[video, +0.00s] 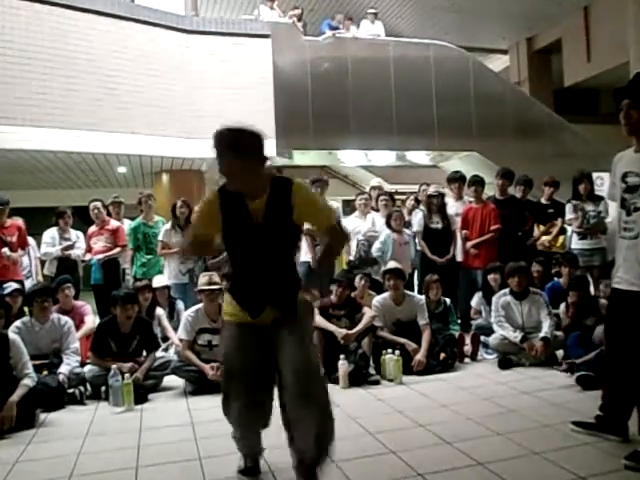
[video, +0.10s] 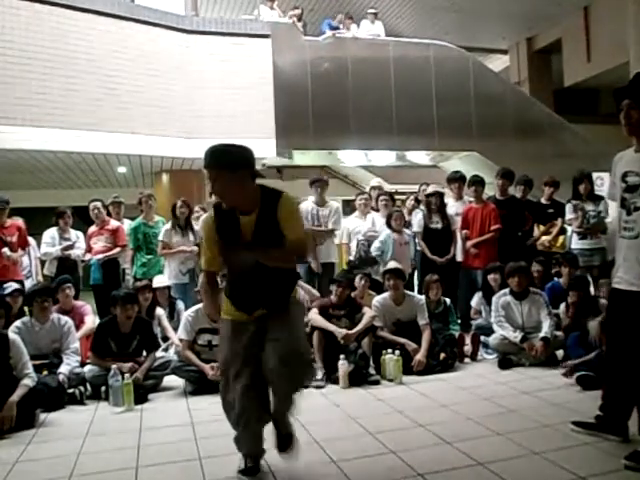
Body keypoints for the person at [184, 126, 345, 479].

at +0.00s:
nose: (222, 169)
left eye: (228, 161)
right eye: (221, 161)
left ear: (252, 160)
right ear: (223, 163)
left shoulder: (293, 194)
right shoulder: (217, 202)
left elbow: (337, 233)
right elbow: (193, 247)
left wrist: (318, 279)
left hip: (289, 310)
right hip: (240, 312)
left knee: (302, 394)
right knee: (240, 396)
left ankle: (307, 467)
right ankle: (250, 457)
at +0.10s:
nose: (211, 189)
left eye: (216, 180)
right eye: (210, 181)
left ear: (242, 177)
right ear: (223, 181)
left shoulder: (283, 206)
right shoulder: (214, 222)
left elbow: (300, 252)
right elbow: (208, 271)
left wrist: (256, 253)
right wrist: (211, 301)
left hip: (281, 307)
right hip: (237, 312)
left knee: (286, 365)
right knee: (239, 385)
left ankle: (280, 416)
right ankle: (250, 452)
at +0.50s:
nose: (245, 174)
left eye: (250, 167)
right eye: (237, 167)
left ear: (258, 168)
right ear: (223, 170)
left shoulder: (272, 204)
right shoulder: (208, 207)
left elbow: (290, 244)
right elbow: (201, 252)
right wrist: (196, 260)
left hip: (267, 292)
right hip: (229, 294)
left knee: (268, 362)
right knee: (238, 357)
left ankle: (253, 411)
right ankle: (241, 430)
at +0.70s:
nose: (243, 158)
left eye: (249, 151)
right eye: (236, 151)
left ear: (256, 154)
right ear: (223, 156)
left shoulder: (269, 185)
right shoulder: (207, 188)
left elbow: (300, 190)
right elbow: (170, 196)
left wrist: (318, 188)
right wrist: (152, 203)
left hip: (263, 285)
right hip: (227, 288)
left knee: (269, 359)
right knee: (240, 362)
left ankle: (254, 411)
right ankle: (230, 395)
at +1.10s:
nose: (236, 174)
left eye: (242, 168)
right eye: (229, 169)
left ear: (250, 171)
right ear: (218, 172)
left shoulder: (260, 200)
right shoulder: (202, 202)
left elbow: (293, 200)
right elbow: (161, 201)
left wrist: (317, 199)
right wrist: (137, 200)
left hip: (252, 284)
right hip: (217, 289)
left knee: (259, 337)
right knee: (224, 352)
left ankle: (273, 406)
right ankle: (233, 410)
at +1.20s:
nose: (238, 166)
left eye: (243, 160)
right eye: (232, 160)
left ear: (251, 163)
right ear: (220, 163)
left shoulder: (263, 196)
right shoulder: (203, 195)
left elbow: (280, 224)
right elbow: (179, 224)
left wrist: (283, 255)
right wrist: (182, 229)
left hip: (254, 281)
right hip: (218, 284)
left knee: (263, 344)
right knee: (224, 348)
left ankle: (261, 409)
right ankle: (232, 410)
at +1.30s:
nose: (240, 170)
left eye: (245, 164)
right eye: (233, 164)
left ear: (252, 167)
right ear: (221, 167)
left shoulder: (263, 200)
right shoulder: (205, 201)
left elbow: (264, 234)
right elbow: (198, 239)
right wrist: (210, 256)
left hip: (256, 284)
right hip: (220, 286)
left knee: (259, 347)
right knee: (224, 348)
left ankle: (254, 408)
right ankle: (232, 409)